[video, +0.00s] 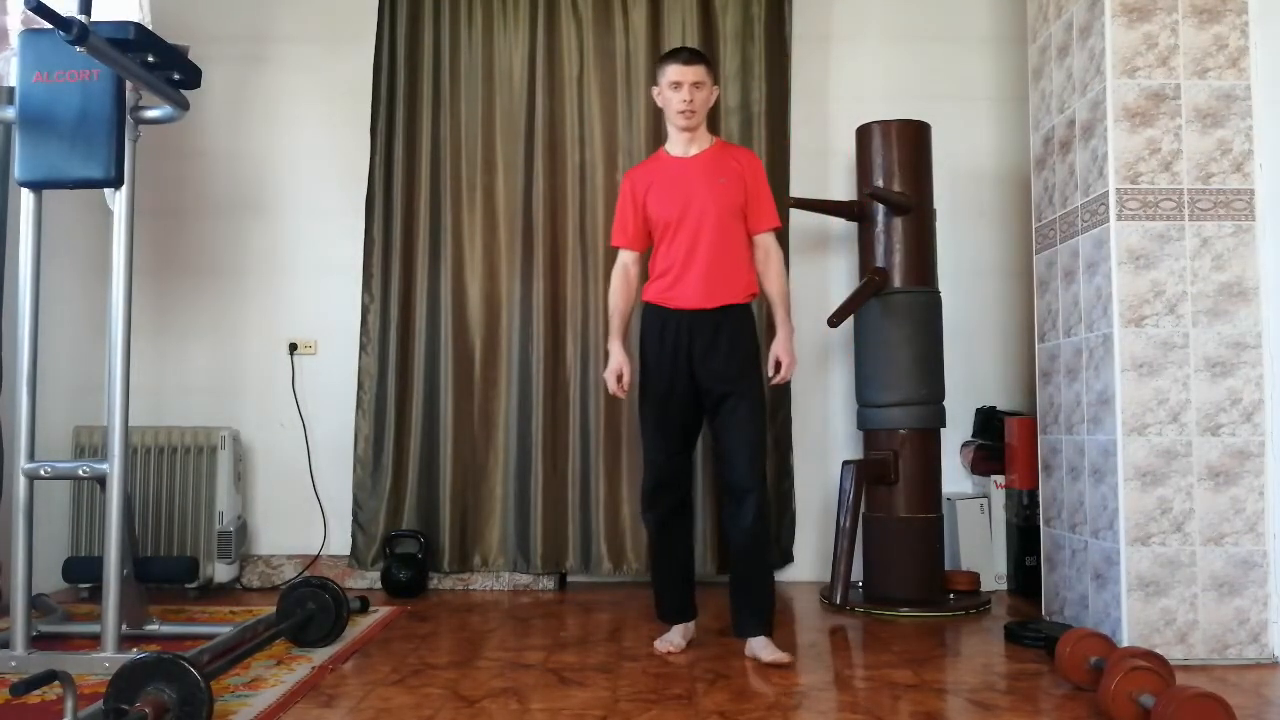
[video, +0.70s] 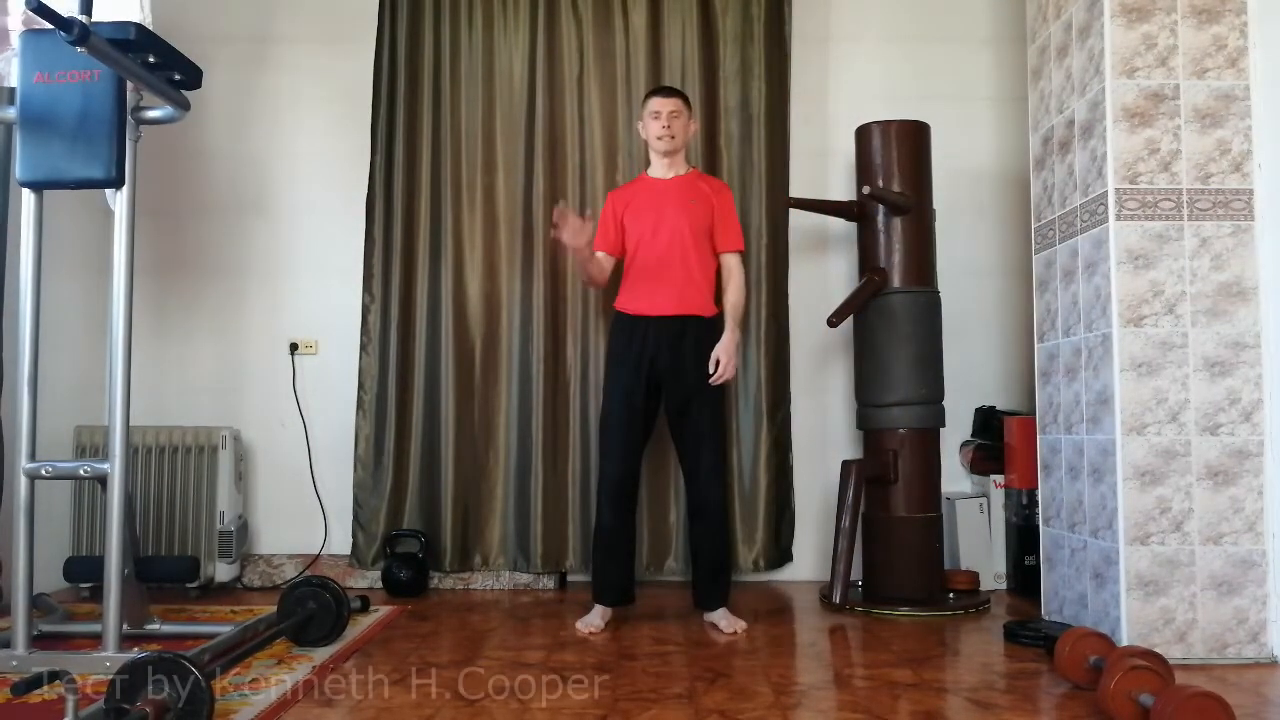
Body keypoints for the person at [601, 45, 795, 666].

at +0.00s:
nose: (685, 95)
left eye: (695, 85)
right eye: (674, 86)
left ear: (714, 94)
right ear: (657, 96)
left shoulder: (744, 166)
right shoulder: (640, 179)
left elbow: (768, 251)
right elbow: (627, 266)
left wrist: (783, 329)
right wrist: (615, 342)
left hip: (734, 332)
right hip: (664, 335)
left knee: (744, 482)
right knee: (665, 482)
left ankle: (754, 629)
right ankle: (679, 617)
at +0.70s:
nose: (665, 124)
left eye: (674, 116)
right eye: (655, 116)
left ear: (691, 128)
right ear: (640, 129)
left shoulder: (714, 193)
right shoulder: (621, 199)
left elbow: (732, 271)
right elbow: (600, 275)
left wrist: (731, 334)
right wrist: (580, 249)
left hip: (697, 339)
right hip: (633, 338)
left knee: (707, 473)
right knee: (618, 471)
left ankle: (713, 602)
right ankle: (607, 599)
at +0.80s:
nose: (663, 123)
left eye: (673, 115)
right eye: (654, 116)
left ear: (691, 128)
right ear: (640, 130)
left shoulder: (712, 192)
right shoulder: (620, 195)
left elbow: (732, 270)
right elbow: (594, 269)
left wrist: (732, 332)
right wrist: (591, 207)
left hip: (696, 338)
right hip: (634, 338)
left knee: (707, 474)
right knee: (616, 471)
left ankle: (713, 602)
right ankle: (607, 599)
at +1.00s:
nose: (666, 126)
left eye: (676, 117)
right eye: (656, 118)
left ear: (692, 128)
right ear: (642, 129)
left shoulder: (713, 194)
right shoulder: (622, 195)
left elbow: (732, 272)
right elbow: (588, 262)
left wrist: (733, 335)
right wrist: (588, 199)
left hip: (696, 339)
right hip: (634, 338)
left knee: (707, 474)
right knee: (616, 471)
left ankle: (713, 601)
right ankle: (608, 599)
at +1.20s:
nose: (667, 125)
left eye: (677, 117)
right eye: (657, 117)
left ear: (693, 129)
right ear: (643, 129)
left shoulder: (713, 194)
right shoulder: (623, 194)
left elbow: (731, 274)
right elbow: (591, 266)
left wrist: (734, 340)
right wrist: (593, 200)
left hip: (697, 338)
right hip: (634, 337)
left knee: (707, 474)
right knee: (616, 470)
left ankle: (712, 601)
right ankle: (608, 598)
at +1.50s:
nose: (668, 124)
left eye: (678, 116)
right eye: (658, 116)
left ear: (694, 127)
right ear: (643, 127)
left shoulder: (714, 194)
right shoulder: (622, 196)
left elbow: (732, 275)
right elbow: (593, 272)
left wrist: (733, 341)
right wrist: (585, 228)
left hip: (698, 339)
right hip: (636, 338)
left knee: (707, 474)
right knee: (618, 471)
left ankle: (713, 601)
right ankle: (608, 598)